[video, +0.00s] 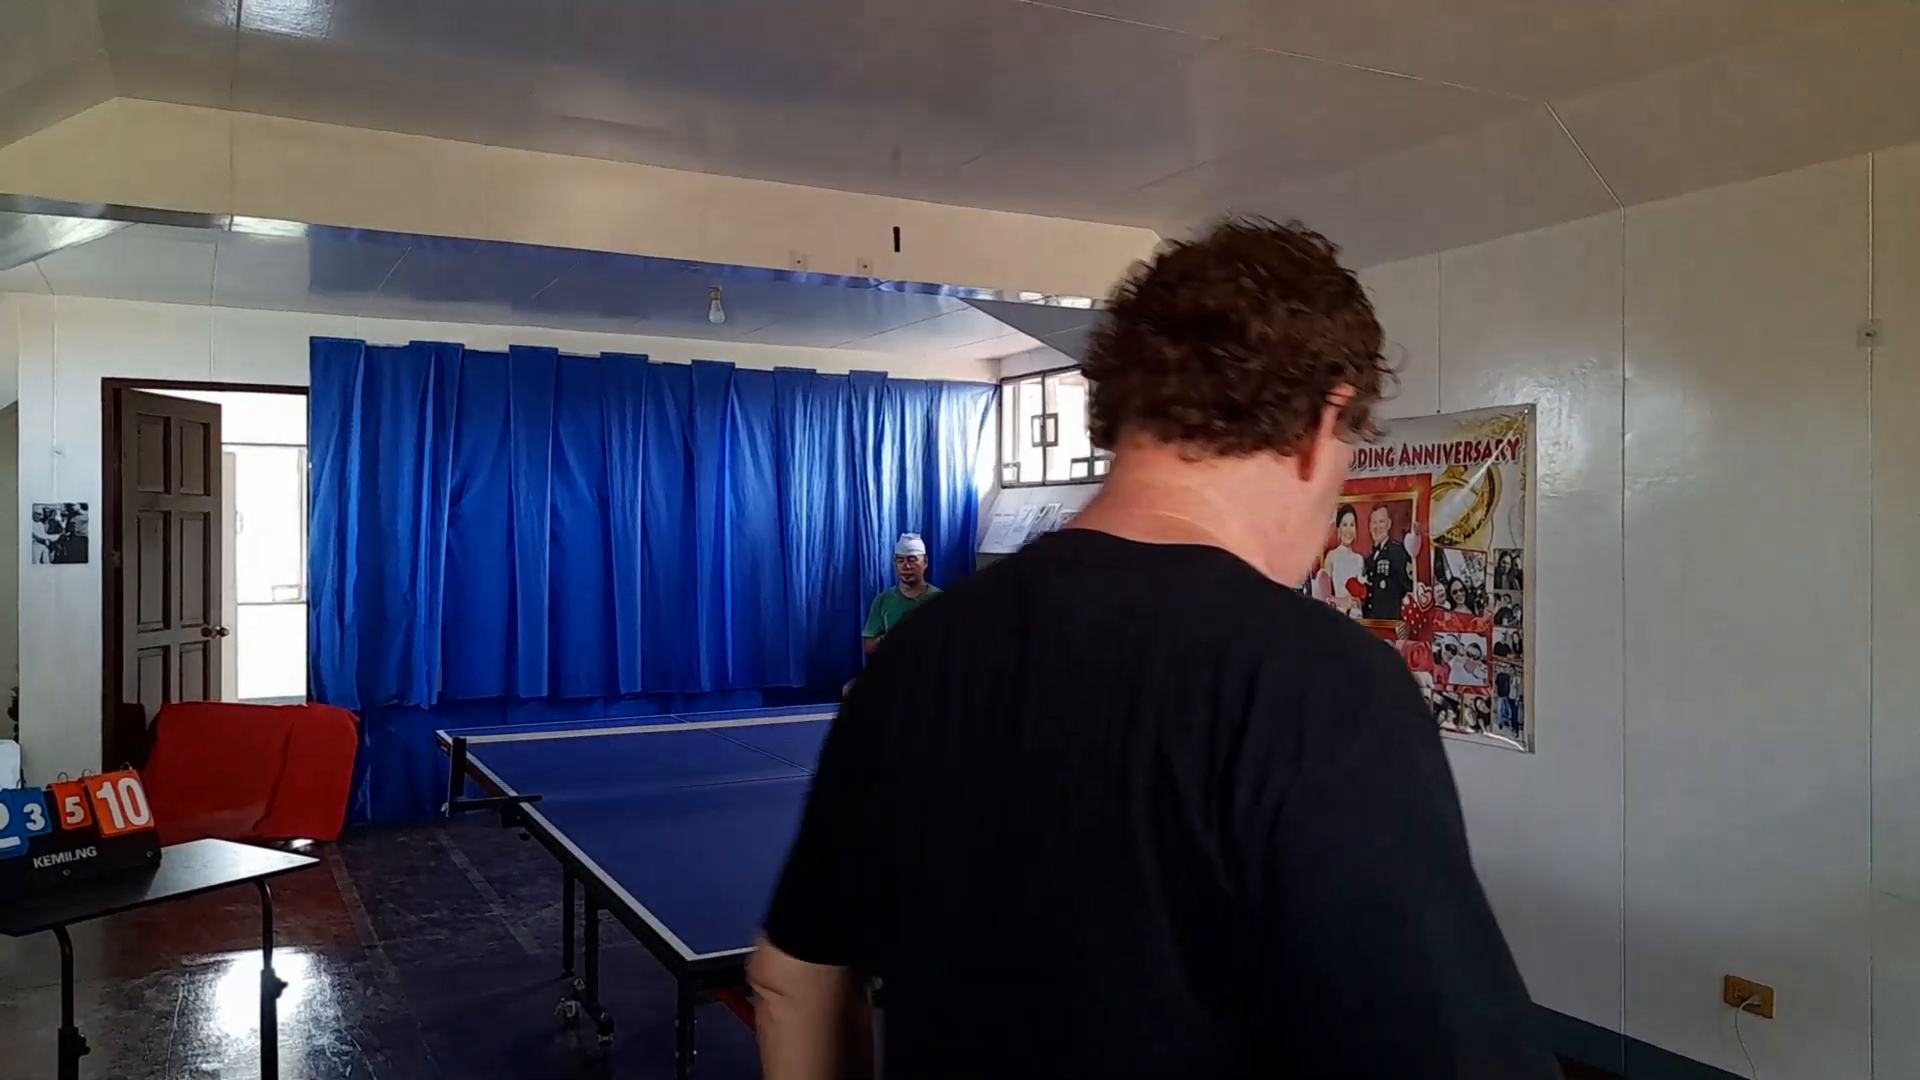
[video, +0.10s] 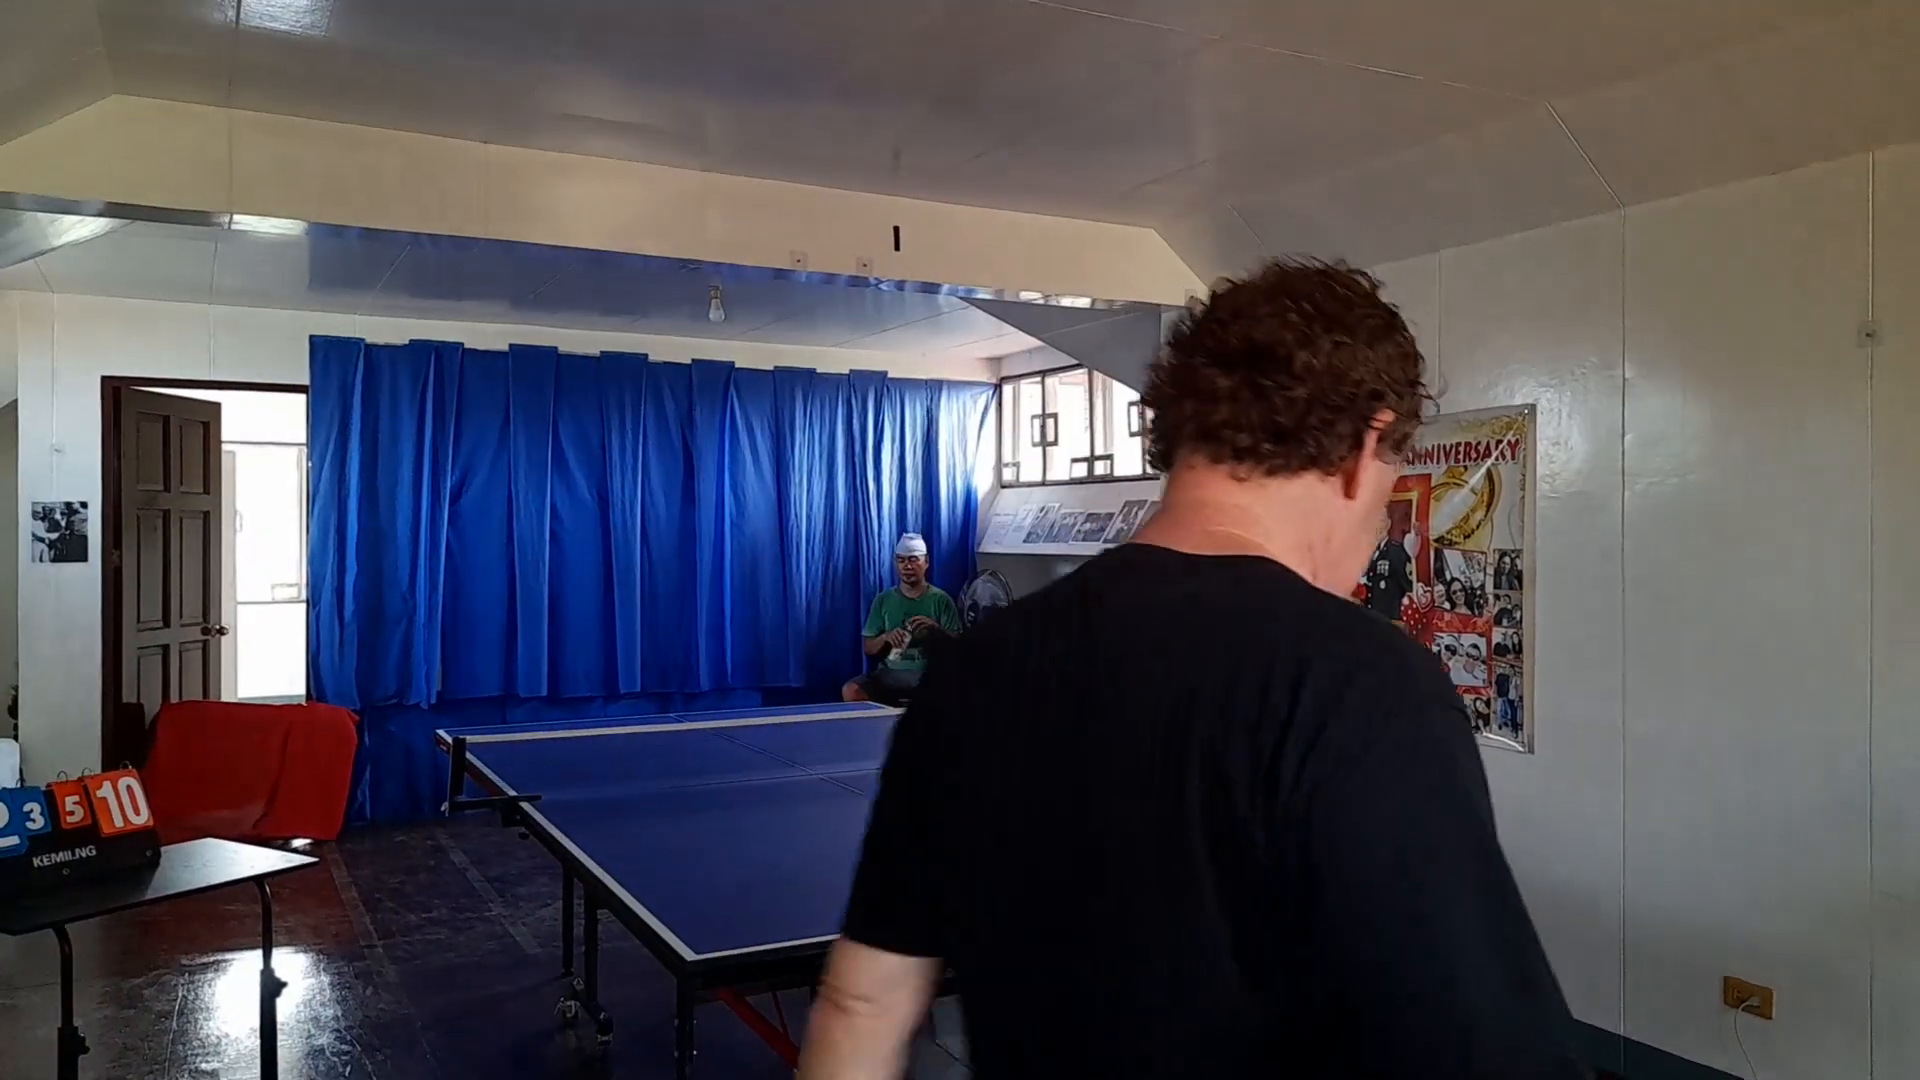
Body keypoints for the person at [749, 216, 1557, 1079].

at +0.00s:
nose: (1343, 490)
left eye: (1351, 448)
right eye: (1352, 443)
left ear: (1126, 406)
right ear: (1320, 429)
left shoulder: (928, 643)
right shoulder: (1320, 677)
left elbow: (796, 976)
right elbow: (1451, 1039)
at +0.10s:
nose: (1379, 527)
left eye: (1391, 488)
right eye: (1391, 483)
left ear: (1185, 430)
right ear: (1363, 452)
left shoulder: (983, 665)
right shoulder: (1356, 681)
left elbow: (862, 1005)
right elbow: (1486, 1040)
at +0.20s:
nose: (1408, 525)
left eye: (1421, 483)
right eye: (1421, 475)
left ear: (1228, 433)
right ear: (1394, 444)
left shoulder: (1038, 653)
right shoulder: (1403, 665)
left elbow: (935, 963)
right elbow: (1505, 1035)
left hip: (1110, 1063)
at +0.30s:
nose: (1436, 512)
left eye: (1448, 471)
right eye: (1449, 464)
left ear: (1260, 430)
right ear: (1422, 437)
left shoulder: (1088, 632)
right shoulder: (1430, 634)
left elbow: (992, 927)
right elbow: (1486, 1045)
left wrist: (938, 1071)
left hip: (1147, 1059)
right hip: (1366, 1060)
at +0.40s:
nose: (1471, 510)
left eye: (1484, 472)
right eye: (1483, 467)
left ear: (1302, 427)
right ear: (1457, 433)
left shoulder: (1143, 616)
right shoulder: (1457, 628)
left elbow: (1061, 908)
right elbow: (1492, 1027)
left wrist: (1035, 1069)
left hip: (1179, 1060)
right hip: (1389, 1065)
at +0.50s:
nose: (1506, 523)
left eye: (1523, 486)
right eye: (1521, 480)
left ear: (1345, 432)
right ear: (1498, 436)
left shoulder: (1187, 609)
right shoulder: (1492, 623)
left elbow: (1139, 885)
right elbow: (1508, 1002)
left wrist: (1146, 1055)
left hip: (1224, 1056)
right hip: (1423, 1060)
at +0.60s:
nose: (1550, 522)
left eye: (1564, 486)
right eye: (1563, 482)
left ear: (1392, 435)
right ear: (1538, 444)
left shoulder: (1241, 601)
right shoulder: (1533, 626)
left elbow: (1216, 872)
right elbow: (1545, 994)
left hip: (1266, 1052)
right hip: (1465, 1057)